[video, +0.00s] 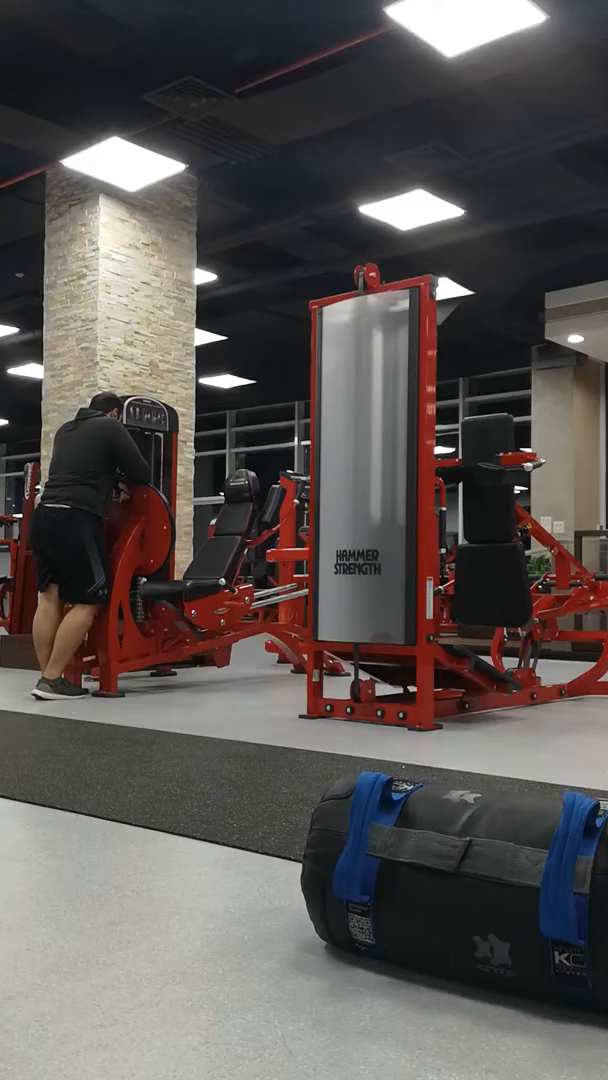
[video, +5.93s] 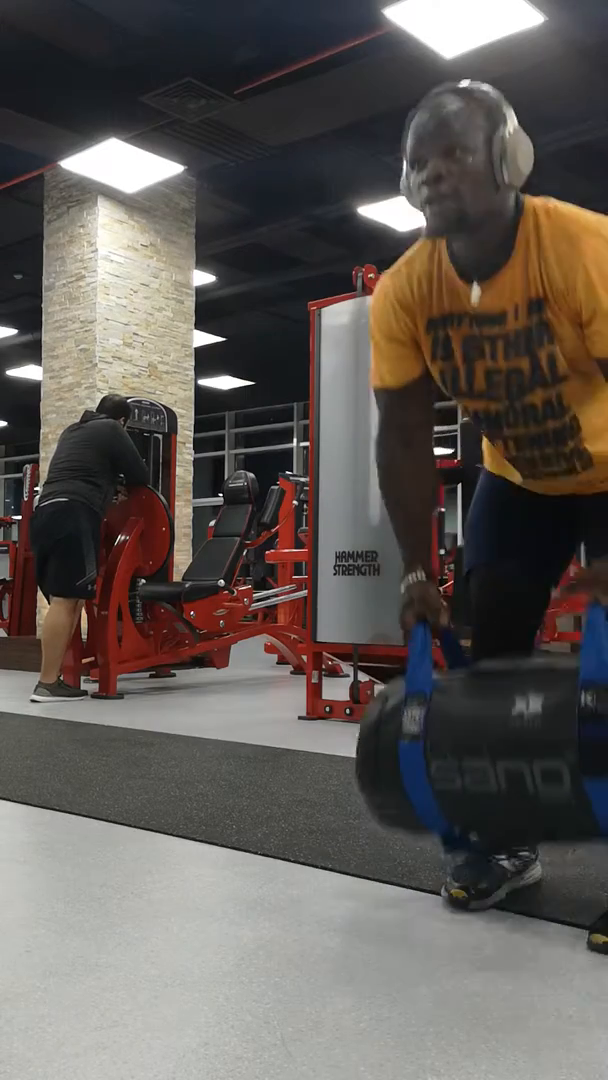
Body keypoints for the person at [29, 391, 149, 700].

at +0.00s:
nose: (120, 421)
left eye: (120, 417)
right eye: (121, 417)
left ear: (91, 409)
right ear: (113, 413)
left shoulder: (65, 429)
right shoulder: (112, 428)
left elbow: (72, 470)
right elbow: (142, 476)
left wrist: (111, 485)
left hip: (43, 516)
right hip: (76, 520)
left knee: (48, 597)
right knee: (87, 602)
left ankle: (47, 676)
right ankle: (53, 678)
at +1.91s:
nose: (123, 425)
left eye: (123, 422)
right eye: (125, 421)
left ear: (97, 413)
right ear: (120, 418)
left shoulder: (71, 430)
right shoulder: (113, 430)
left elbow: (75, 468)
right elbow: (141, 477)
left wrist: (109, 486)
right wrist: (112, 472)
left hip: (42, 511)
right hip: (68, 511)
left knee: (66, 599)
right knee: (60, 600)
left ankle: (52, 678)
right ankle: (47, 681)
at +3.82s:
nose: (126, 427)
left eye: (126, 423)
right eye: (127, 423)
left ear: (99, 414)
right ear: (122, 419)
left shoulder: (71, 431)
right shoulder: (113, 431)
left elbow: (76, 470)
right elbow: (140, 478)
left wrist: (110, 487)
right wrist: (114, 476)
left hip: (42, 511)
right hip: (68, 510)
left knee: (61, 600)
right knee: (64, 600)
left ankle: (50, 678)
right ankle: (48, 682)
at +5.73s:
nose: (126, 426)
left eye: (126, 423)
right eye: (127, 423)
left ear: (99, 413)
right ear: (121, 419)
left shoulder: (71, 431)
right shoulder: (113, 430)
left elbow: (74, 471)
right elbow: (141, 478)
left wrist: (109, 486)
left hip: (45, 511)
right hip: (70, 510)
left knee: (70, 601)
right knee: (62, 601)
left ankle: (54, 678)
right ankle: (47, 682)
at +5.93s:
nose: (125, 428)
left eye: (125, 424)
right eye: (126, 424)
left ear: (98, 414)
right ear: (121, 420)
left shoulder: (71, 430)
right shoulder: (112, 430)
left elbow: (76, 471)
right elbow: (141, 478)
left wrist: (111, 487)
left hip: (45, 511)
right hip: (70, 510)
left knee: (69, 601)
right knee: (63, 601)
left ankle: (53, 678)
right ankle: (47, 682)